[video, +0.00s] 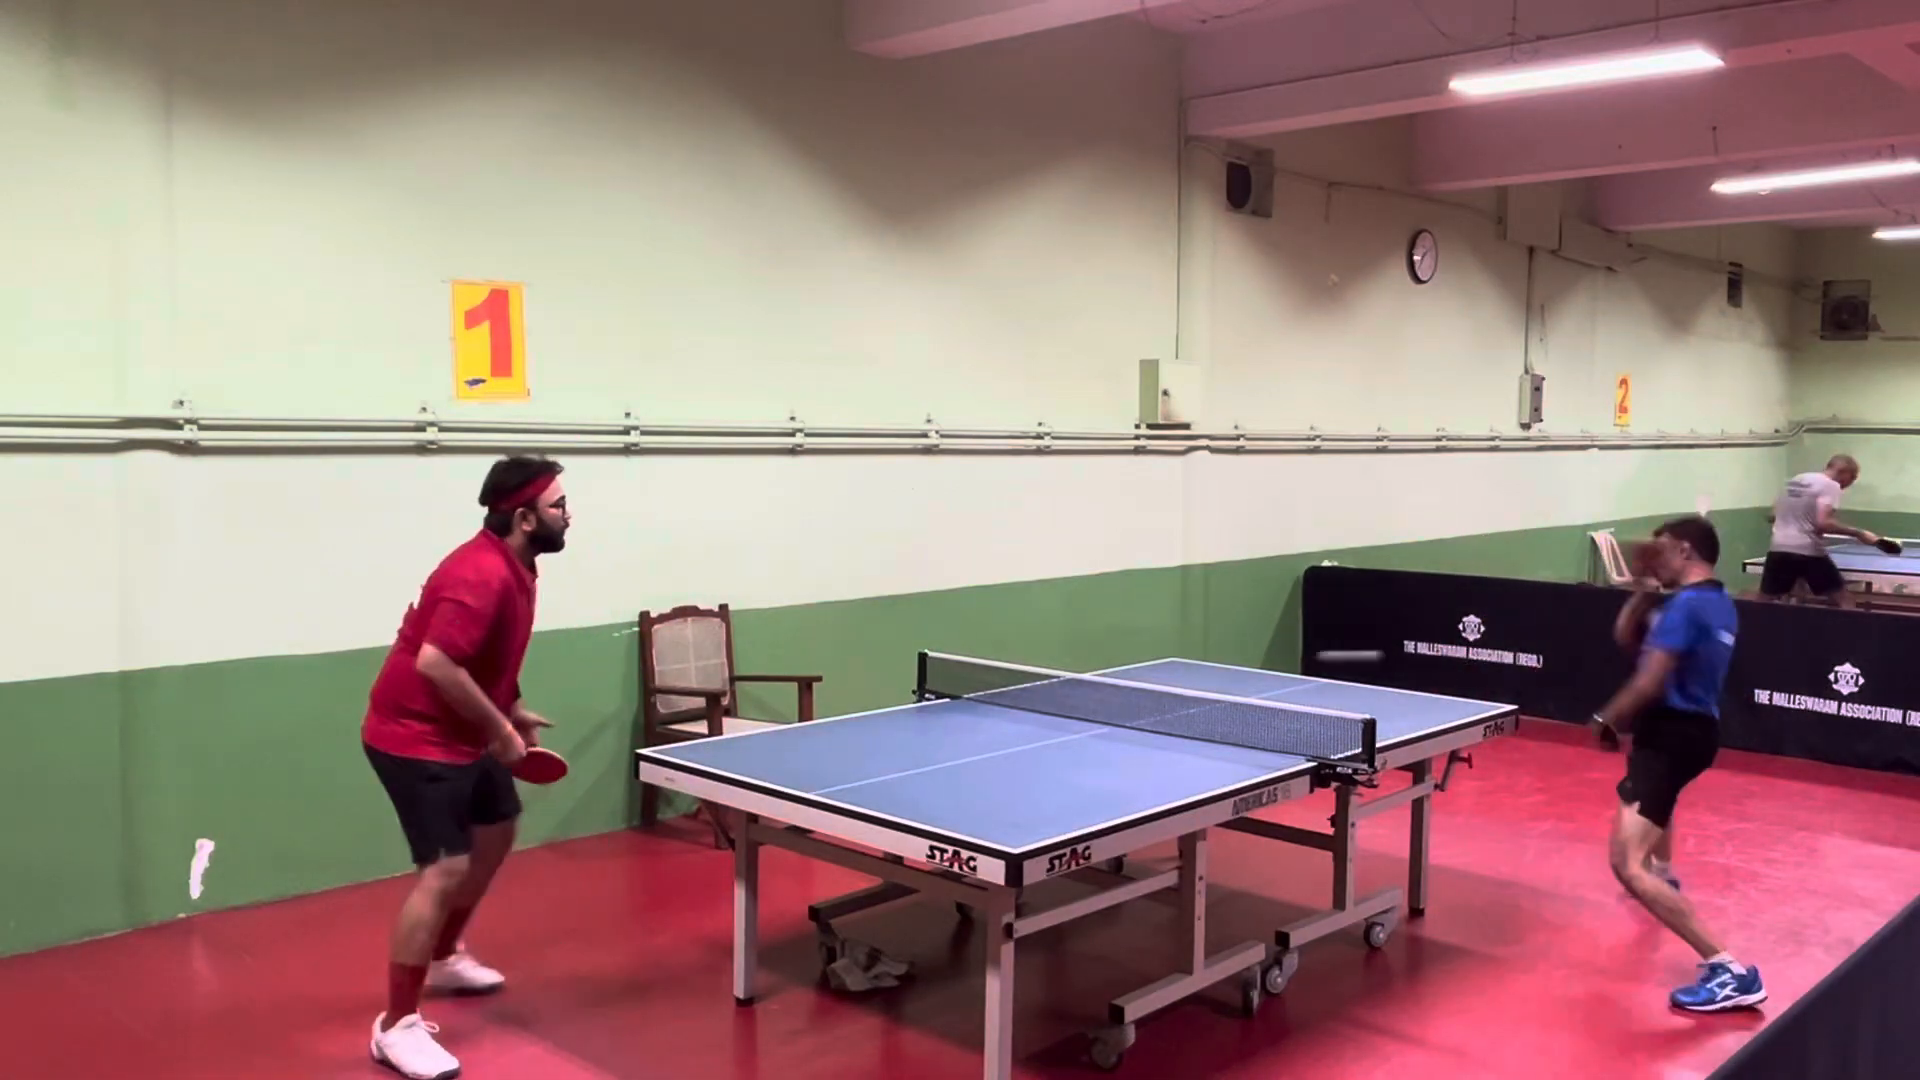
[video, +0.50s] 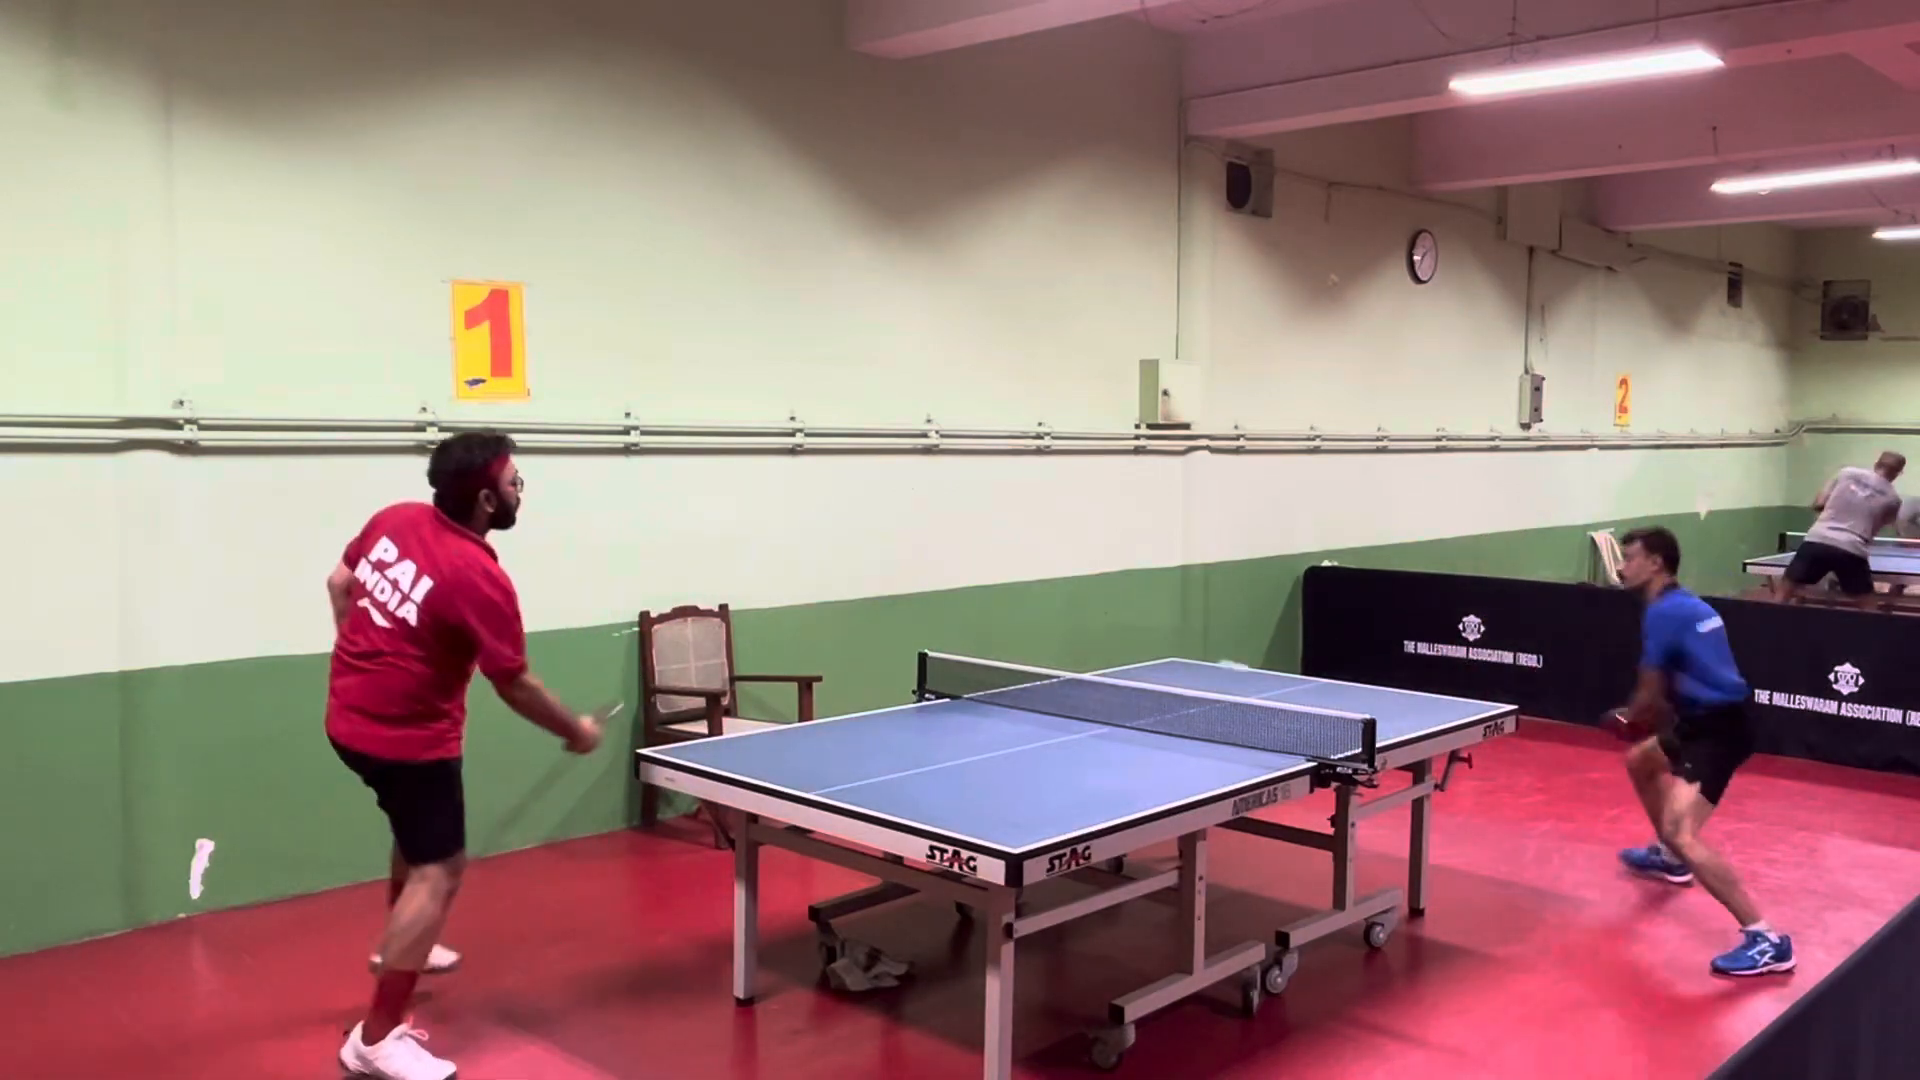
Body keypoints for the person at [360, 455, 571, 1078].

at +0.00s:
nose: (568, 513)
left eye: (565, 502)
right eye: (557, 505)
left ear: (521, 513)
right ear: (519, 515)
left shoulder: (517, 569)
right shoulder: (480, 574)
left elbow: (492, 654)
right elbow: (436, 661)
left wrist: (515, 713)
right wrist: (498, 731)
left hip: (464, 734)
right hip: (413, 737)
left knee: (494, 834)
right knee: (448, 865)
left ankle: (441, 956)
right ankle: (396, 1023)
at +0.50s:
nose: (521, 490)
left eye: (517, 478)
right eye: (511, 482)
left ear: (458, 494)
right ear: (479, 498)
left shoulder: (399, 518)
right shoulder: (481, 580)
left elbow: (342, 582)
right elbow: (515, 684)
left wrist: (361, 655)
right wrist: (574, 729)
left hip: (354, 723)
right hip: (412, 743)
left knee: (413, 830)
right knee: (436, 876)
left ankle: (400, 937)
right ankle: (376, 1037)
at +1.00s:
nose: (469, 491)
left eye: (464, 480)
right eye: (458, 484)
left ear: (408, 497)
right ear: (424, 498)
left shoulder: (364, 543)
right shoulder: (414, 577)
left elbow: (356, 653)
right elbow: (398, 687)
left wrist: (421, 728)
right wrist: (455, 750)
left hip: (315, 753)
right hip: (364, 765)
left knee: (337, 886)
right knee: (417, 895)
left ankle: (300, 1029)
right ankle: (367, 1065)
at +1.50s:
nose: (473, 474)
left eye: (467, 462)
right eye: (460, 466)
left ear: (424, 485)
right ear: (423, 486)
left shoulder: (430, 551)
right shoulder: (391, 567)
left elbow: (429, 669)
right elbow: (421, 682)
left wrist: (488, 719)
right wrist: (511, 722)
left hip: (444, 781)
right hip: (378, 797)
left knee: (487, 901)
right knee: (378, 945)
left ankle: (422, 1051)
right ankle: (347, 1075)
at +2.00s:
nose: (541, 490)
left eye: (545, 478)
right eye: (520, 481)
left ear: (552, 486)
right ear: (472, 503)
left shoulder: (564, 583)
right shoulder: (420, 589)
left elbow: (600, 671)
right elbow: (340, 694)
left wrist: (665, 732)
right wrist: (293, 815)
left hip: (539, 834)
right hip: (444, 839)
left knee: (542, 988)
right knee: (451, 996)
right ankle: (415, 1076)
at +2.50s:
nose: (430, 511)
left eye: (448, 494)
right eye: (410, 502)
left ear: (489, 505)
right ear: (394, 526)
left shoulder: (543, 600)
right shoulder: (381, 625)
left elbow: (615, 687)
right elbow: (366, 749)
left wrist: (591, 626)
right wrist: (341, 866)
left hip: (530, 901)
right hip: (410, 911)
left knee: (554, 1068)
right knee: (439, 1070)